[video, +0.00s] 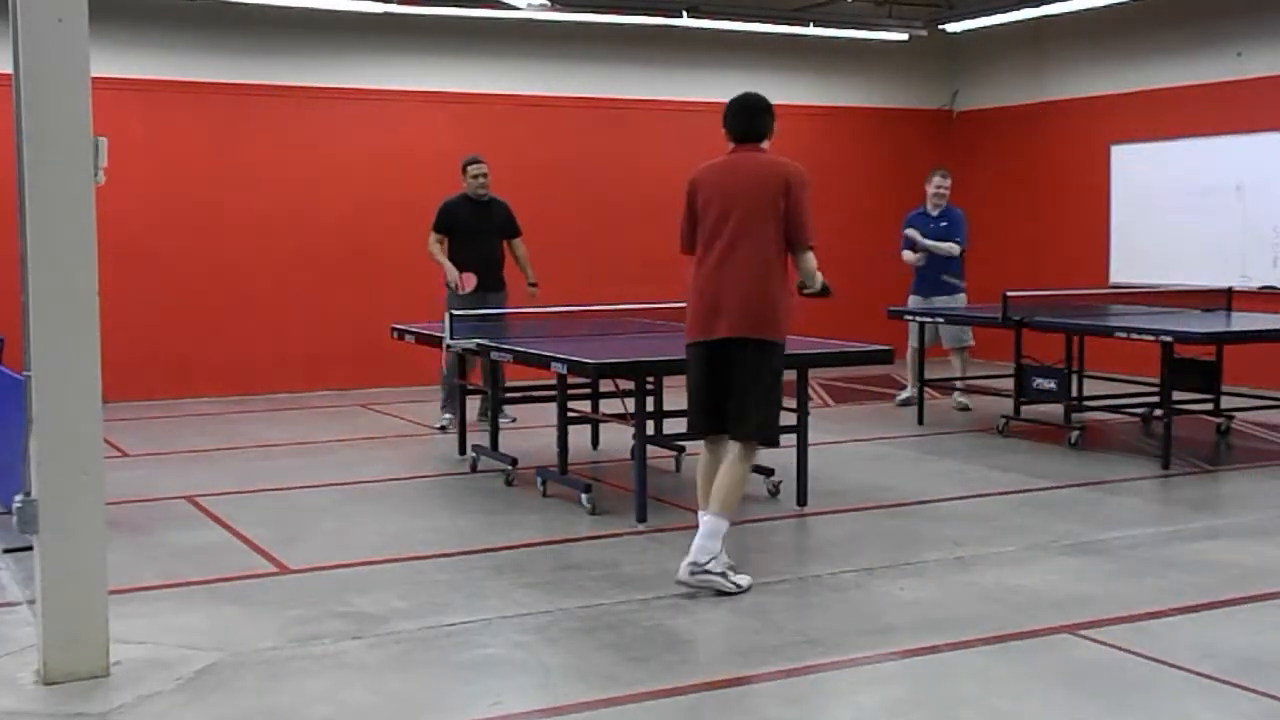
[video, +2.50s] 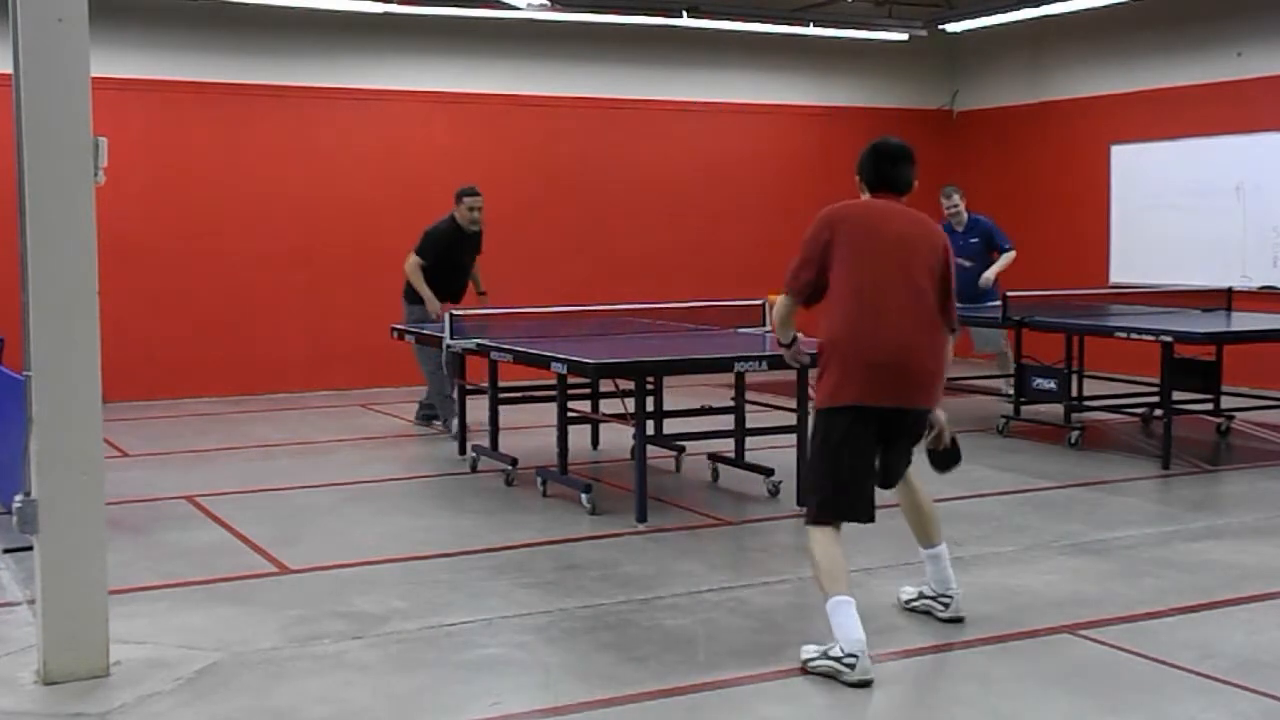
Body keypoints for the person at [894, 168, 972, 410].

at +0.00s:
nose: (942, 192)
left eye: (946, 189)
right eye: (938, 187)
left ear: (950, 191)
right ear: (927, 188)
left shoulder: (955, 217)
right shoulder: (913, 219)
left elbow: (955, 249)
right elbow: (905, 252)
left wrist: (922, 242)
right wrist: (915, 258)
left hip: (950, 289)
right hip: (921, 289)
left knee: (957, 346)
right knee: (914, 344)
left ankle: (960, 391)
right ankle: (912, 388)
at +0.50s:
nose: (950, 192)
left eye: (952, 188)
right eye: (945, 188)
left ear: (954, 190)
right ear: (932, 191)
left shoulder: (959, 217)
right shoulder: (919, 220)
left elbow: (966, 243)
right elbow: (913, 253)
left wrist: (973, 261)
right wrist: (941, 255)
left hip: (958, 289)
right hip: (927, 292)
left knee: (976, 336)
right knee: (915, 342)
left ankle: (989, 381)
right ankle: (913, 387)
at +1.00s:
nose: (975, 197)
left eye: (977, 193)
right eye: (970, 194)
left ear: (981, 194)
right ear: (959, 196)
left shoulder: (990, 222)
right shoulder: (948, 223)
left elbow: (1006, 248)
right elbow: (928, 252)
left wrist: (1009, 265)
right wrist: (934, 270)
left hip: (983, 295)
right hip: (951, 295)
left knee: (996, 343)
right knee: (935, 343)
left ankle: (992, 385)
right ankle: (920, 386)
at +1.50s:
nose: (936, 202)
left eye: (939, 197)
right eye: (931, 199)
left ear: (945, 196)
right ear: (924, 202)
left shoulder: (964, 219)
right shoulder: (921, 226)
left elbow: (987, 245)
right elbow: (923, 257)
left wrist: (970, 265)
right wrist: (933, 238)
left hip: (967, 293)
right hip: (936, 294)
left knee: (982, 341)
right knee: (926, 343)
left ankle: (991, 383)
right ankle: (920, 388)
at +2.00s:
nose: (975, 197)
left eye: (976, 193)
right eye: (969, 193)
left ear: (978, 195)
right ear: (956, 196)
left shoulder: (983, 224)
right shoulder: (943, 224)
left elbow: (991, 250)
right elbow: (933, 254)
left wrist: (997, 268)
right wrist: (954, 257)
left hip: (976, 295)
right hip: (946, 297)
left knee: (991, 341)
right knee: (932, 346)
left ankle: (993, 385)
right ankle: (919, 390)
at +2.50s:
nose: (952, 211)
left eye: (955, 206)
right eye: (947, 208)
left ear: (964, 203)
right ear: (942, 209)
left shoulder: (982, 226)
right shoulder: (942, 232)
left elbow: (1009, 251)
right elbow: (935, 261)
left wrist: (993, 271)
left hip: (984, 301)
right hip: (954, 301)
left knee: (999, 346)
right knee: (943, 345)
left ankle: (1010, 385)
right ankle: (936, 388)